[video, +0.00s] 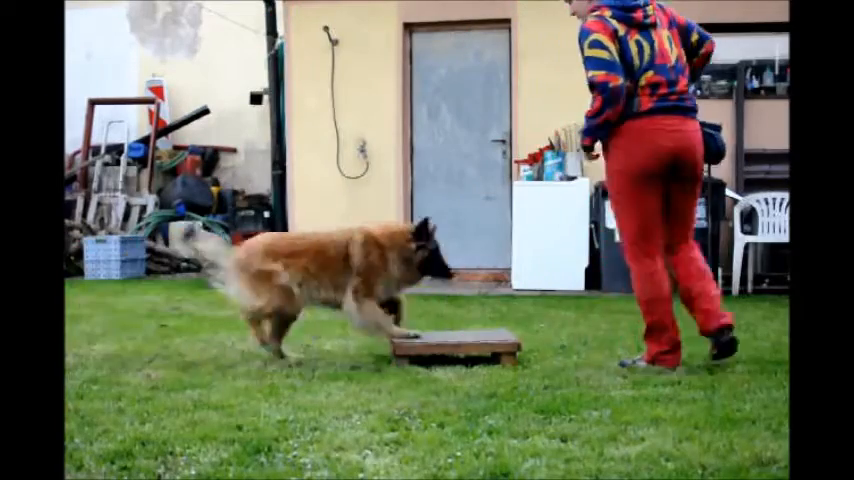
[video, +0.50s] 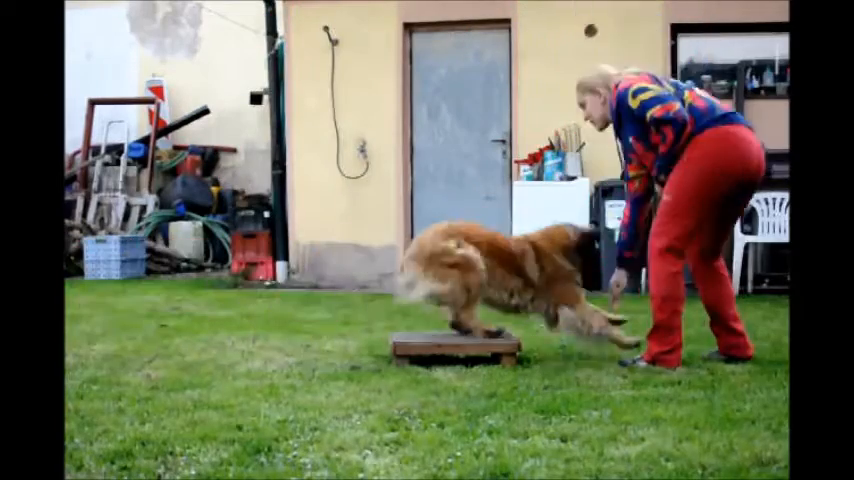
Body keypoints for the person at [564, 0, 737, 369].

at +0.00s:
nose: (570, 10)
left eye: (570, 3)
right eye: (568, 5)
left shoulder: (594, 25)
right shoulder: (660, 12)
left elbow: (611, 87)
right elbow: (703, 45)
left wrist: (589, 134)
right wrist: (678, 86)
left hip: (636, 136)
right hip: (686, 132)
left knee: (643, 252)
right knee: (680, 243)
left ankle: (662, 352)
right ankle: (717, 323)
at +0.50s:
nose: (585, 115)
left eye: (584, 105)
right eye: (581, 109)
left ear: (601, 92)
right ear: (602, 96)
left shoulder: (629, 87)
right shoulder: (631, 130)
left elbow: (674, 117)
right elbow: (637, 194)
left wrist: (661, 173)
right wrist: (624, 266)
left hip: (718, 144)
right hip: (745, 148)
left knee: (664, 245)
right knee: (705, 253)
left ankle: (662, 354)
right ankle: (735, 347)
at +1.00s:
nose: (602, 122)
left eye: (600, 112)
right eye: (598, 116)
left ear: (613, 97)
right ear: (615, 99)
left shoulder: (635, 92)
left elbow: (675, 118)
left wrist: (671, 172)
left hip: (722, 139)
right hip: (758, 142)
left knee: (676, 249)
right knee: (717, 249)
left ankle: (663, 354)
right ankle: (736, 347)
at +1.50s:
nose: (657, 23)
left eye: (659, 13)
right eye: (654, 16)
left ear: (682, 6)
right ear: (685, 8)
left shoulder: (695, 39)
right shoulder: (722, 36)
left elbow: (694, 99)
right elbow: (730, 98)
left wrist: (667, 123)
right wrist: (685, 121)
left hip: (720, 144)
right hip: (754, 143)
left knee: (684, 247)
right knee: (728, 250)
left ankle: (668, 350)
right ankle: (738, 346)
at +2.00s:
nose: (619, 69)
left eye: (619, 60)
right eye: (614, 64)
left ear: (637, 45)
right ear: (637, 49)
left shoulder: (672, 54)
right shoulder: (672, 58)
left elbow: (711, 100)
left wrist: (690, 156)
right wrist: (690, 176)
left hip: (739, 139)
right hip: (758, 138)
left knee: (706, 243)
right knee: (733, 247)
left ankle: (704, 350)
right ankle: (737, 344)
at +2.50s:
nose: (606, 180)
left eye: (601, 172)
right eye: (600, 177)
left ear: (610, 153)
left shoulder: (636, 131)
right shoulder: (657, 179)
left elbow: (691, 123)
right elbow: (654, 230)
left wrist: (687, 177)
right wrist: (642, 306)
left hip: (739, 149)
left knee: (683, 245)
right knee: (702, 252)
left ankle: (701, 351)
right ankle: (732, 344)